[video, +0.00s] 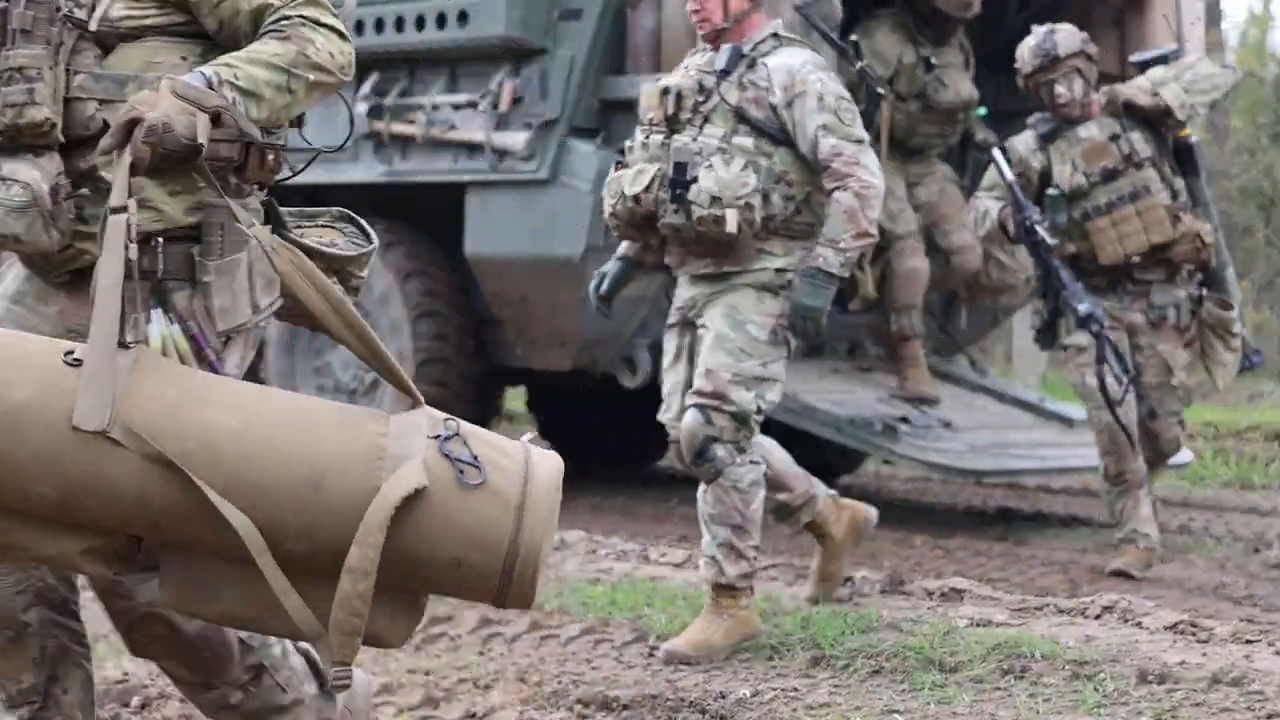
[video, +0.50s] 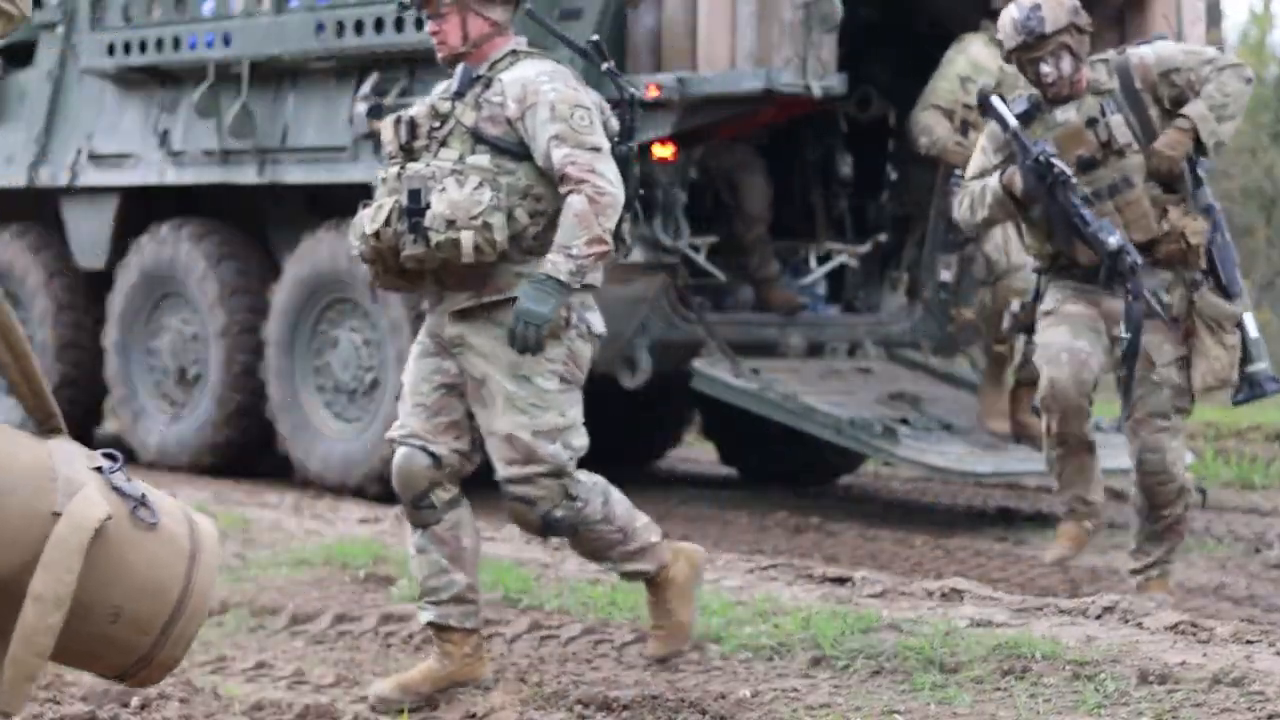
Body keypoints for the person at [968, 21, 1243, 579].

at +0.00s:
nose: (1065, 88)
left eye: (1072, 75)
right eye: (1052, 81)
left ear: (1090, 71)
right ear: (1037, 89)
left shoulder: (1135, 108)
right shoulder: (1028, 149)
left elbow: (1217, 74)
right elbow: (981, 209)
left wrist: (1157, 95)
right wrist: (1004, 215)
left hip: (1164, 288)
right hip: (1088, 297)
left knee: (1161, 428)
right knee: (1111, 418)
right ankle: (1137, 533)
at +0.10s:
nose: (1066, 83)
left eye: (1073, 69)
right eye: (1053, 76)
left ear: (1094, 63)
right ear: (1040, 84)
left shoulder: (1139, 97)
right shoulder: (1030, 144)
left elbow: (1235, 92)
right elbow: (983, 212)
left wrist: (1172, 110)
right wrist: (1014, 217)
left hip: (1161, 294)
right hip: (1087, 304)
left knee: (1175, 425)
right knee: (1117, 432)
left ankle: (1168, 493)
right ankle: (1138, 536)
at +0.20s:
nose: (1069, 68)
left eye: (1077, 54)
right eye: (1056, 61)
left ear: (1098, 47)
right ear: (1042, 70)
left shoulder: (1144, 82)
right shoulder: (1031, 130)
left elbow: (1238, 81)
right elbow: (987, 199)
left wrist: (1193, 106)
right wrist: (1027, 209)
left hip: (1160, 267)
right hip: (1084, 284)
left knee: (1153, 381)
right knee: (1109, 414)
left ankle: (1178, 532)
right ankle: (1136, 537)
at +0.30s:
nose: (1070, 70)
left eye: (1078, 55)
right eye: (1055, 61)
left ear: (1101, 45)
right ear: (1040, 65)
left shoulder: (1146, 77)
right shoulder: (1027, 123)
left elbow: (1241, 73)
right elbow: (982, 202)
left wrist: (1216, 123)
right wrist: (1033, 202)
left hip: (1159, 276)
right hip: (1082, 290)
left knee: (1148, 420)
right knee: (1101, 441)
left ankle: (1150, 563)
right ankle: (1127, 520)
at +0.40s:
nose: (1067, 76)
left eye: (1075, 60)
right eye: (1052, 67)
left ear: (1096, 49)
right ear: (1035, 69)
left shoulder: (1144, 83)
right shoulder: (1022, 127)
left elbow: (1242, 74)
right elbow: (979, 207)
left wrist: (1197, 132)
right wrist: (1027, 203)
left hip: (1160, 287)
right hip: (1079, 299)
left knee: (1152, 439)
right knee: (1073, 439)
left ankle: (1153, 568)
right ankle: (1112, 490)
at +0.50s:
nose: (1050, 69)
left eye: (1057, 54)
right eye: (1035, 61)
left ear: (1079, 41)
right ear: (1019, 64)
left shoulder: (1134, 73)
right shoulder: (1010, 122)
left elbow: (1231, 74)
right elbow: (965, 210)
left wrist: (1186, 130)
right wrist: (1012, 185)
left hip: (1157, 282)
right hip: (1073, 287)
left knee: (1154, 441)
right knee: (1063, 384)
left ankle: (1156, 568)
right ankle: (1077, 510)